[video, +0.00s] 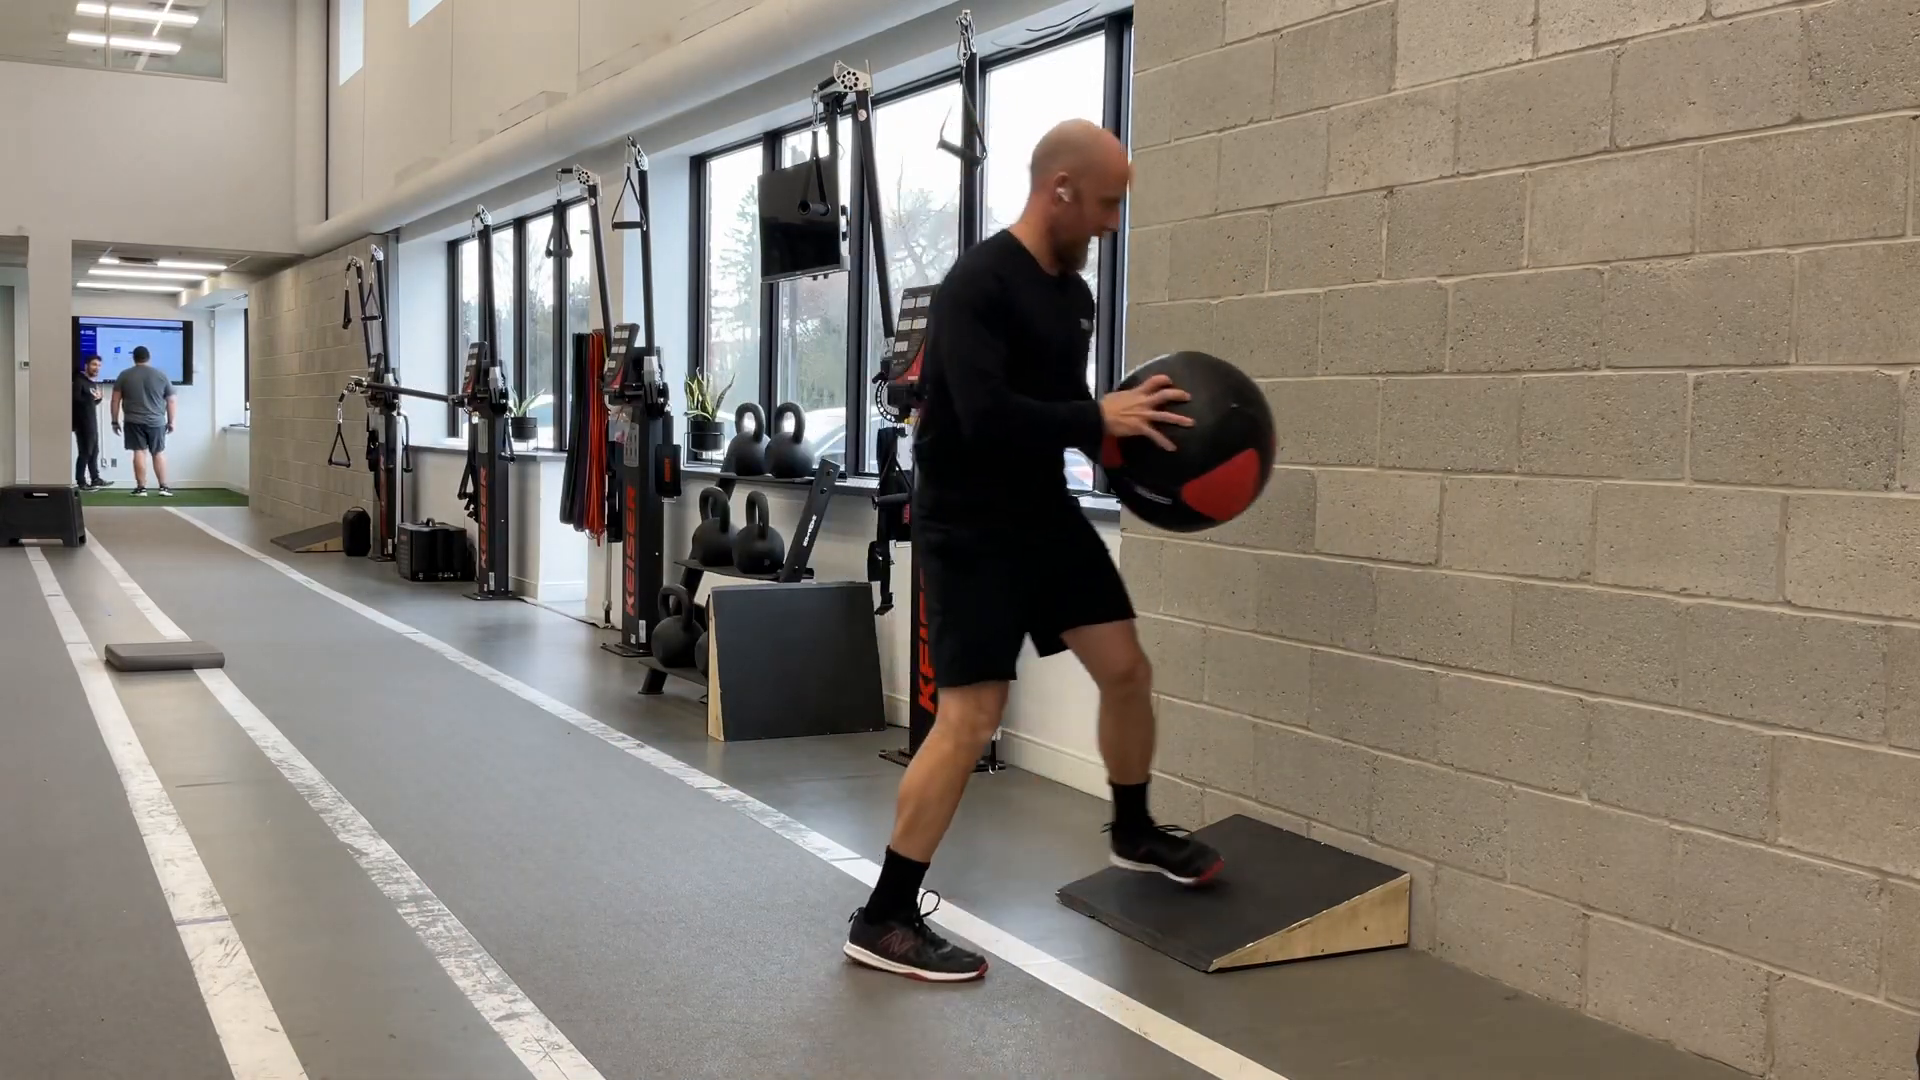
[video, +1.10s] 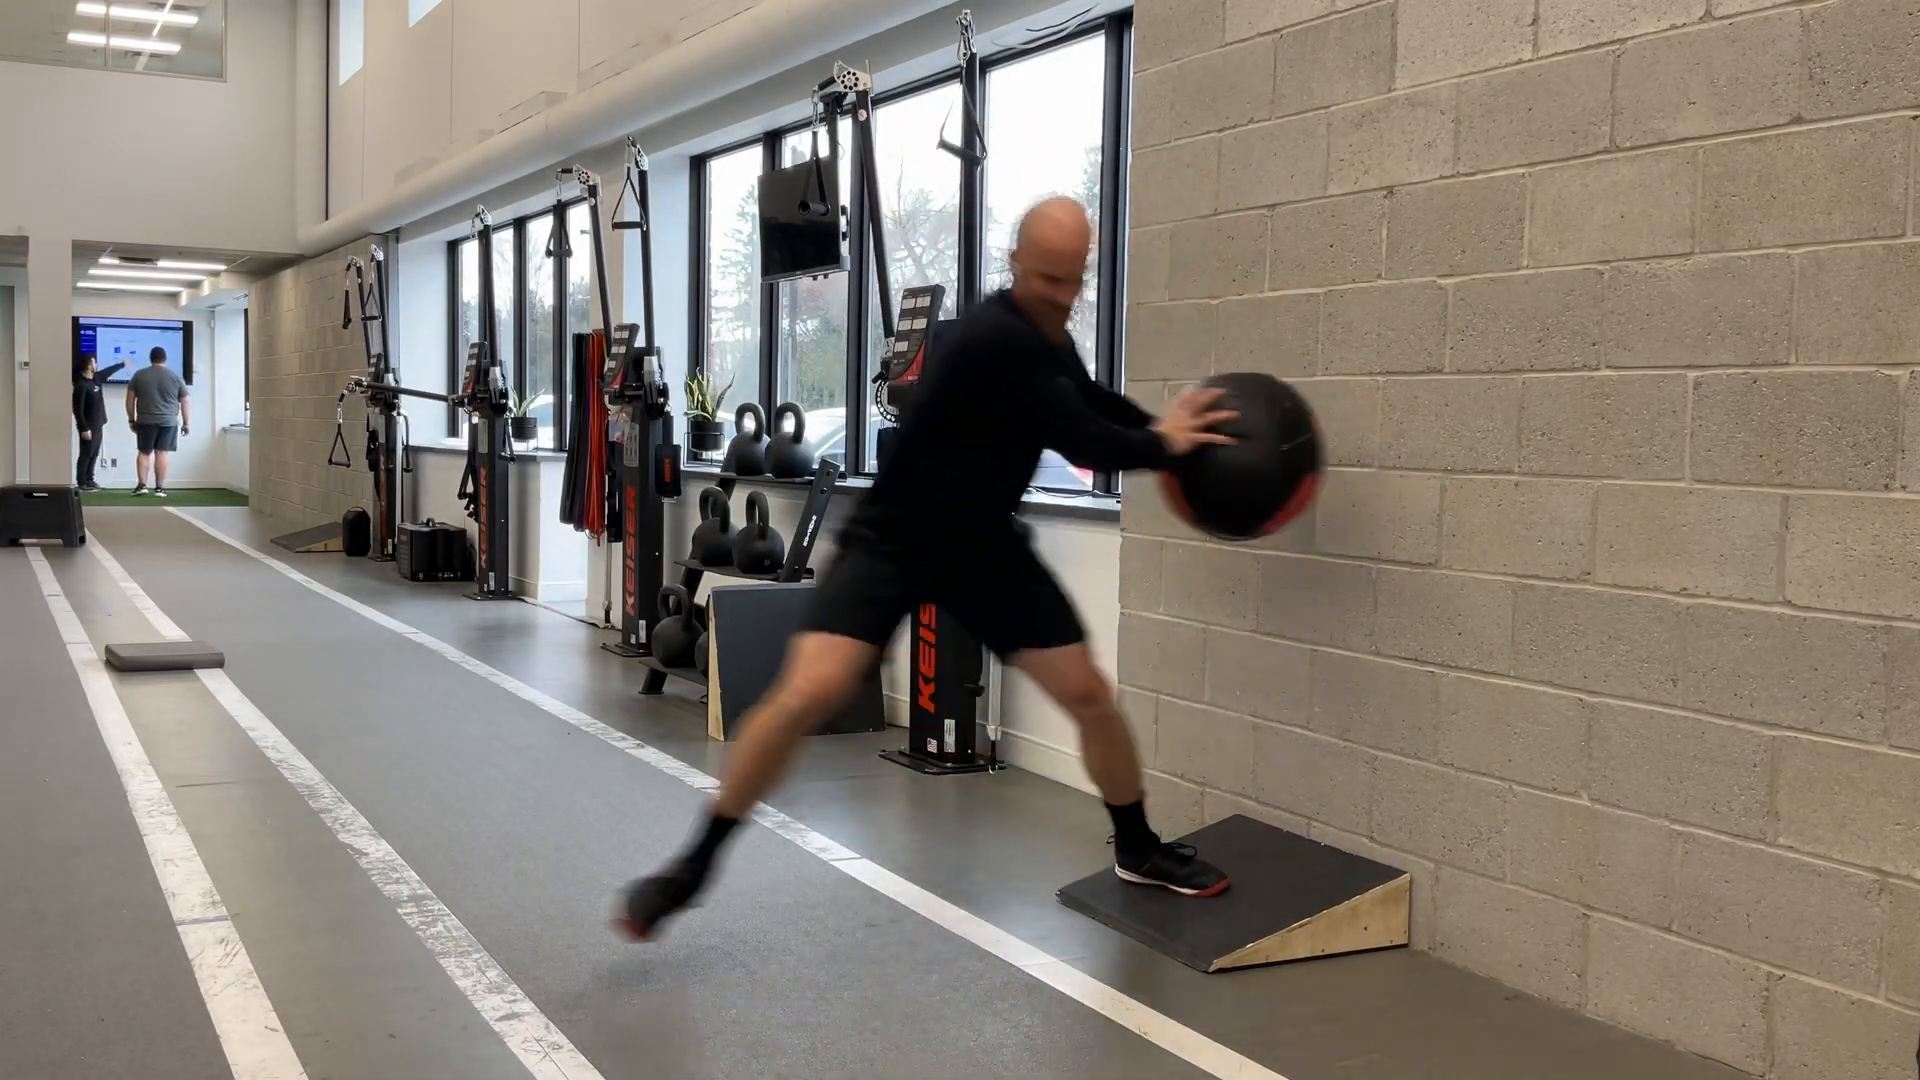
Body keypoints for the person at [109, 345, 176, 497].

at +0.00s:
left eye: (135, 357)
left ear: (134, 358)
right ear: (149, 358)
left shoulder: (125, 375)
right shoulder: (160, 375)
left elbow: (115, 398)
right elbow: (171, 400)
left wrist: (114, 420)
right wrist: (171, 421)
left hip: (133, 422)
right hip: (155, 422)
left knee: (138, 452)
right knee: (158, 453)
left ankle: (141, 487)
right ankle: (163, 486)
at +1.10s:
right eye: (163, 358)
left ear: (151, 359)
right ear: (165, 359)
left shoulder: (140, 375)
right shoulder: (174, 377)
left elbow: (130, 398)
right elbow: (185, 400)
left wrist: (131, 419)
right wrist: (186, 423)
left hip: (145, 422)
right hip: (168, 422)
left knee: (144, 452)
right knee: (163, 453)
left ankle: (142, 485)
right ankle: (160, 487)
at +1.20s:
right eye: (164, 358)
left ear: (151, 359)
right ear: (166, 359)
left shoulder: (140, 375)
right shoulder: (175, 377)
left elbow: (131, 399)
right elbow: (186, 400)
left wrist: (131, 419)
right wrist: (186, 423)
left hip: (146, 422)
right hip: (168, 423)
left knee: (145, 452)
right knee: (163, 453)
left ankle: (143, 484)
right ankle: (160, 487)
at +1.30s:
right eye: (164, 358)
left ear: (151, 359)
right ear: (166, 359)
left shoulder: (141, 375)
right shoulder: (176, 377)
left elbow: (131, 398)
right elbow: (186, 400)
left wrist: (131, 420)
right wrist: (186, 423)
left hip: (147, 422)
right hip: (169, 423)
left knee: (145, 452)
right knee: (163, 453)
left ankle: (144, 483)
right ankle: (160, 487)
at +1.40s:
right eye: (164, 358)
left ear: (151, 359)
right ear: (166, 359)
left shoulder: (141, 375)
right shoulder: (176, 376)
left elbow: (131, 398)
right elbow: (186, 400)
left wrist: (131, 420)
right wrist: (186, 422)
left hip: (147, 422)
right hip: (169, 423)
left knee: (146, 452)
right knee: (163, 452)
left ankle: (145, 482)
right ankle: (160, 487)